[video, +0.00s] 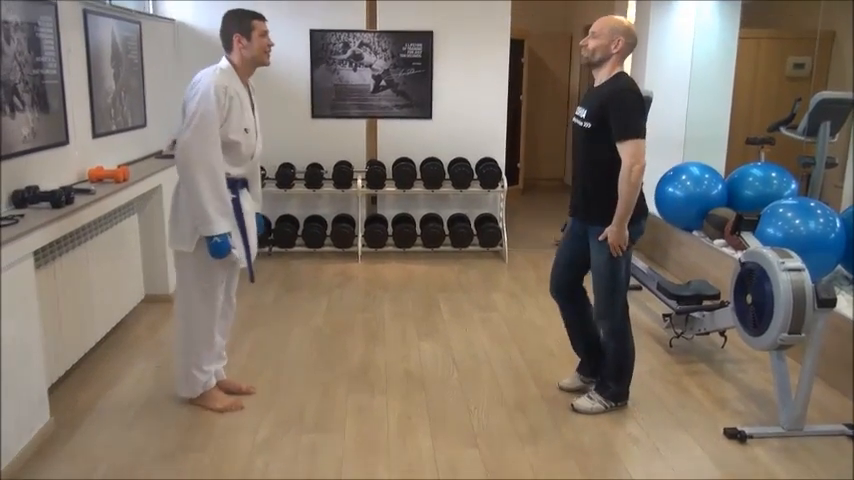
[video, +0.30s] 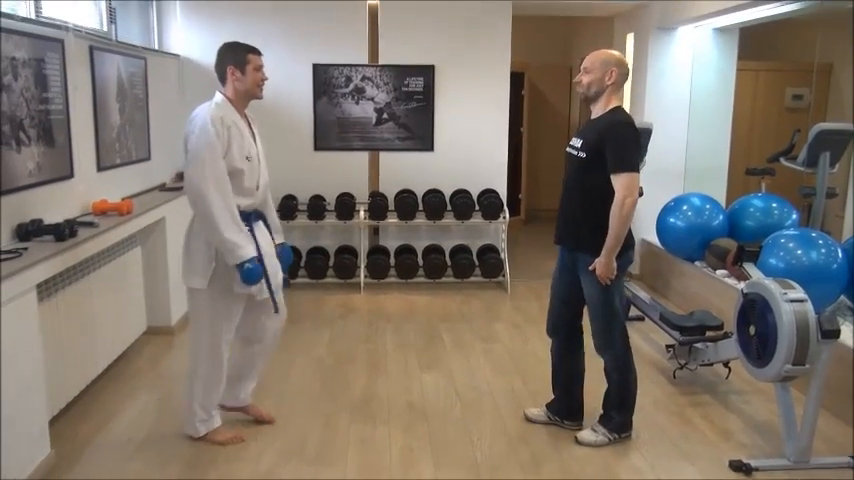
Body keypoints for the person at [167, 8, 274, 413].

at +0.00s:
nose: (271, 42)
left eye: (269, 35)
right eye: (264, 36)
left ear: (244, 42)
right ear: (240, 41)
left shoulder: (243, 87)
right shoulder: (211, 86)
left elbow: (244, 158)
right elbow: (197, 158)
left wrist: (254, 209)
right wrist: (214, 227)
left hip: (233, 202)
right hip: (207, 204)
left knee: (224, 295)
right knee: (203, 297)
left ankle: (214, 372)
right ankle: (197, 386)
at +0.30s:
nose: (265, 78)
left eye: (263, 70)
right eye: (258, 70)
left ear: (237, 75)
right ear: (233, 74)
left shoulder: (245, 120)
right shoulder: (208, 119)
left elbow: (260, 188)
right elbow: (208, 192)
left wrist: (276, 238)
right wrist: (242, 255)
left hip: (253, 234)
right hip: (218, 238)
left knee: (267, 319)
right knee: (213, 333)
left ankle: (235, 397)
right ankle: (201, 422)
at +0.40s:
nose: (268, 83)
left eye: (268, 76)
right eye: (263, 75)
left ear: (245, 77)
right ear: (237, 76)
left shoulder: (251, 123)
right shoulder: (210, 121)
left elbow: (267, 189)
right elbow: (222, 195)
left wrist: (287, 237)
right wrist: (268, 244)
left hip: (255, 235)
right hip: (220, 239)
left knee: (279, 315)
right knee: (216, 335)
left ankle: (274, 403)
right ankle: (204, 425)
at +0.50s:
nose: (277, 88)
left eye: (277, 82)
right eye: (271, 81)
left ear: (252, 82)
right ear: (246, 79)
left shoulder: (257, 126)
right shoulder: (215, 124)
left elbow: (276, 186)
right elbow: (242, 192)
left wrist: (303, 225)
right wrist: (298, 225)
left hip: (263, 236)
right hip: (225, 238)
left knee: (283, 321)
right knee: (218, 333)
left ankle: (303, 405)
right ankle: (205, 425)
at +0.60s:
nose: (288, 93)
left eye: (290, 86)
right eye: (284, 85)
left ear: (265, 84)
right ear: (259, 81)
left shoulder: (271, 129)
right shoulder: (228, 125)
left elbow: (294, 188)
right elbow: (264, 186)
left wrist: (334, 224)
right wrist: (329, 206)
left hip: (269, 238)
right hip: (232, 238)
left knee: (288, 323)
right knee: (220, 335)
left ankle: (312, 403)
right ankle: (206, 424)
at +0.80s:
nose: (322, 95)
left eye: (323, 88)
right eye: (318, 86)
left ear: (297, 83)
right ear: (294, 81)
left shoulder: (290, 124)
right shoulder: (263, 121)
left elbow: (315, 182)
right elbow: (311, 175)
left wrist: (366, 210)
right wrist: (378, 192)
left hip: (283, 231)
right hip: (248, 230)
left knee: (295, 317)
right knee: (232, 326)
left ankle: (309, 402)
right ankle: (211, 418)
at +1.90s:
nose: (355, 54)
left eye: (357, 47)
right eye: (349, 45)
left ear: (337, 49)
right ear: (325, 46)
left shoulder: (337, 94)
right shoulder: (297, 84)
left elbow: (361, 146)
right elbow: (336, 144)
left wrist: (403, 170)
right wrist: (396, 153)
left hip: (304, 195)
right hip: (267, 189)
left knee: (307, 281)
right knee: (246, 284)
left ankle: (313, 367)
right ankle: (223, 376)